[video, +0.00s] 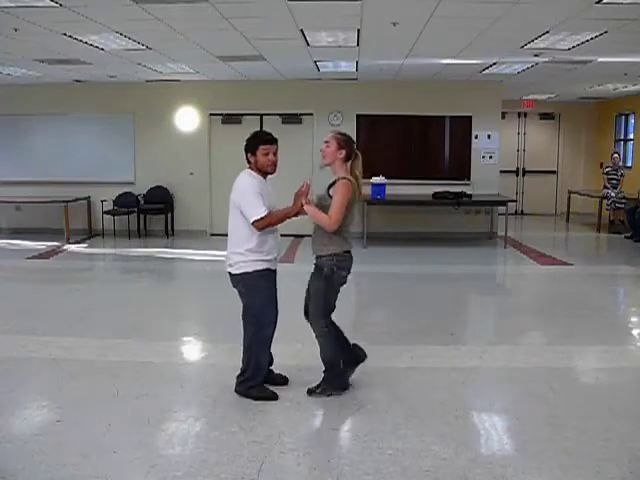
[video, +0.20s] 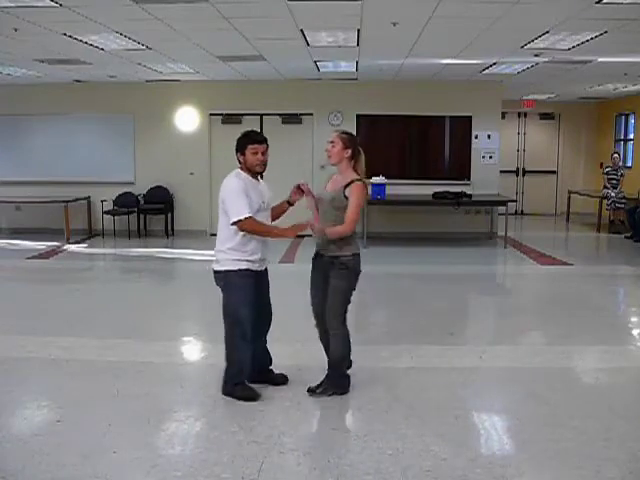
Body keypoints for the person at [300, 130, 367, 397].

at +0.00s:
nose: (322, 148)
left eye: (327, 145)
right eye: (323, 144)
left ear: (341, 152)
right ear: (338, 153)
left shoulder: (344, 185)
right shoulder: (336, 183)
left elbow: (332, 224)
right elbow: (329, 218)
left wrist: (308, 208)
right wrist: (308, 204)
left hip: (334, 260)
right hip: (326, 259)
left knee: (319, 317)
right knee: (312, 313)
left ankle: (334, 378)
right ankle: (349, 353)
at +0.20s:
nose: (327, 149)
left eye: (333, 145)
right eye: (328, 144)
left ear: (347, 151)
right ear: (339, 152)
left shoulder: (356, 185)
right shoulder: (332, 181)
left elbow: (349, 227)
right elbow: (326, 216)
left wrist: (323, 231)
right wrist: (310, 198)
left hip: (344, 260)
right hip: (324, 257)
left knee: (334, 318)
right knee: (321, 315)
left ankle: (338, 379)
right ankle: (339, 365)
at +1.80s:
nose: (334, 155)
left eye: (339, 150)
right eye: (332, 151)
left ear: (352, 154)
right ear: (331, 156)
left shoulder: (361, 187)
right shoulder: (329, 185)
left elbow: (360, 227)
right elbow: (310, 217)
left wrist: (329, 214)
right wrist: (290, 203)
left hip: (351, 264)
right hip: (325, 262)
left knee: (347, 318)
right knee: (324, 321)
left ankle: (369, 348)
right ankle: (341, 369)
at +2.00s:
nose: (325, 150)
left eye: (330, 145)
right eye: (323, 146)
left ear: (343, 150)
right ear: (321, 151)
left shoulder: (347, 183)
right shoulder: (325, 181)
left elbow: (337, 221)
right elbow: (321, 216)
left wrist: (307, 205)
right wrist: (303, 200)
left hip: (337, 259)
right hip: (320, 257)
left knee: (323, 316)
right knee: (319, 315)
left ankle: (344, 370)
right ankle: (338, 367)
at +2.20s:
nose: (319, 150)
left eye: (324, 146)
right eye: (316, 146)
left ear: (336, 152)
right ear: (314, 152)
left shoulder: (341, 184)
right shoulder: (323, 183)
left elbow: (333, 222)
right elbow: (318, 221)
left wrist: (302, 209)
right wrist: (295, 247)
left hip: (331, 262)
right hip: (314, 260)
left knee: (320, 319)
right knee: (311, 316)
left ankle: (325, 379)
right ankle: (341, 362)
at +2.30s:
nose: (319, 152)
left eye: (325, 147)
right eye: (317, 148)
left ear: (338, 152)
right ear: (315, 153)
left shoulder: (342, 184)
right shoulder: (322, 185)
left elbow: (336, 224)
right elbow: (318, 217)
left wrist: (306, 217)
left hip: (333, 264)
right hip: (314, 262)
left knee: (325, 321)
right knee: (299, 314)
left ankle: (325, 382)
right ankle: (333, 356)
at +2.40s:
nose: (322, 153)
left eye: (328, 148)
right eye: (320, 148)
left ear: (341, 153)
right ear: (318, 154)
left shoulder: (347, 186)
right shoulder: (324, 185)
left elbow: (341, 226)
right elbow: (323, 217)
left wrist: (311, 220)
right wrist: (306, 204)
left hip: (338, 264)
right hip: (316, 261)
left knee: (329, 323)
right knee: (302, 315)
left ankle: (326, 381)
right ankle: (326, 362)